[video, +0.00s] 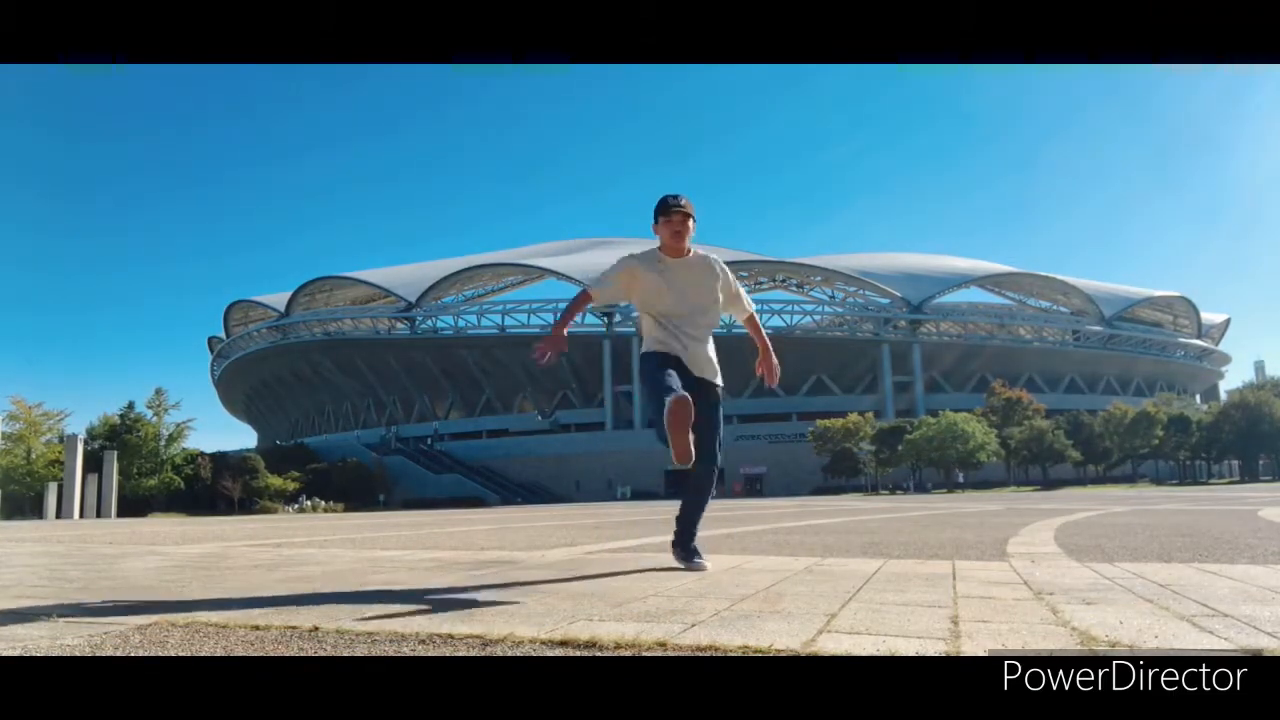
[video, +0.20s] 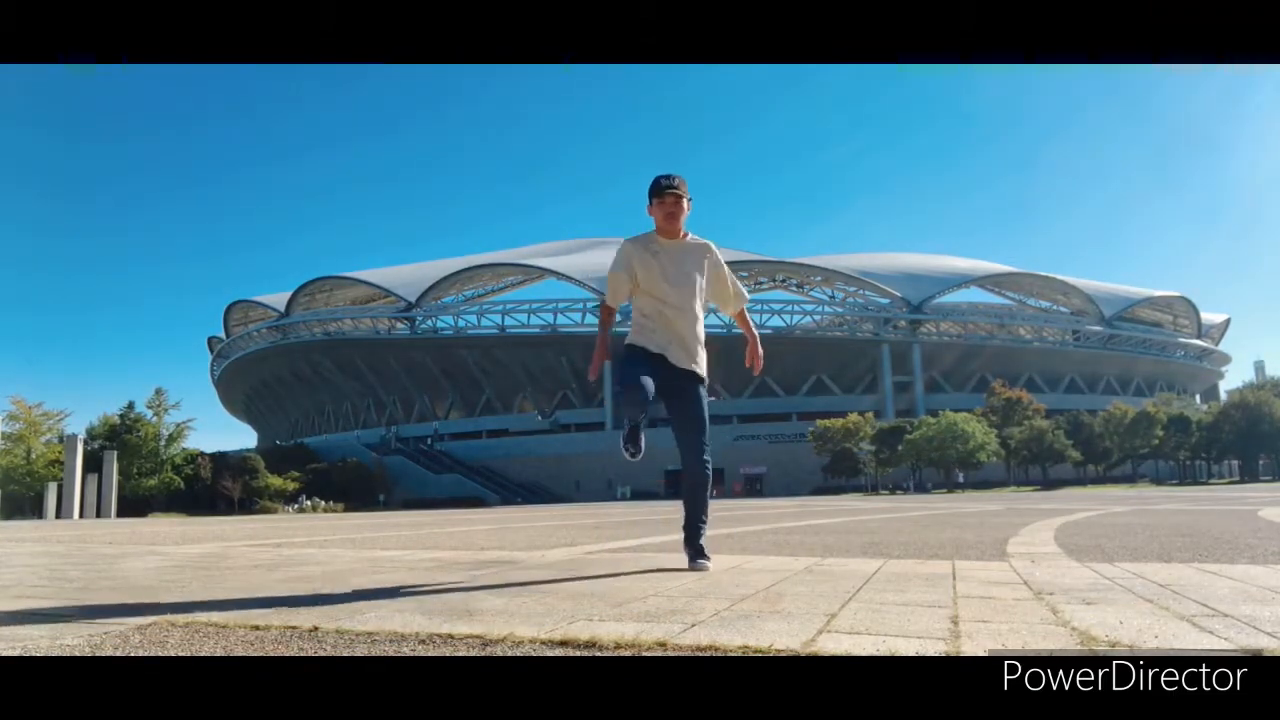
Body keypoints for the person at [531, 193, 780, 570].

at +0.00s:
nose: (678, 226)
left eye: (684, 220)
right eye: (670, 220)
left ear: (694, 225)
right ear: (657, 227)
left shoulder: (714, 270)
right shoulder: (638, 267)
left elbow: (744, 310)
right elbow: (589, 295)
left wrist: (766, 350)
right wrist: (559, 329)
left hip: (703, 363)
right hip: (659, 354)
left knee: (708, 458)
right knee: (667, 388)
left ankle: (685, 541)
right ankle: (679, 440)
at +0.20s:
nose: (672, 207)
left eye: (678, 201)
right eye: (665, 201)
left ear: (688, 207)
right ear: (652, 208)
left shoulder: (705, 252)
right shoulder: (634, 249)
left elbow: (731, 298)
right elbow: (611, 301)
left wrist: (753, 338)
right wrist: (601, 347)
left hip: (686, 357)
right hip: (643, 348)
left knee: (696, 454)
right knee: (635, 389)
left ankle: (695, 543)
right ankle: (632, 429)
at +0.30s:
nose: (665, 205)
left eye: (671, 198)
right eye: (657, 198)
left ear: (681, 204)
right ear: (643, 204)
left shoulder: (699, 251)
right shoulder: (623, 249)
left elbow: (723, 302)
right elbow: (611, 303)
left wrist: (748, 340)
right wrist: (615, 352)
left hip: (682, 359)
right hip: (636, 353)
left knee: (691, 450)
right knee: (626, 428)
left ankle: (692, 532)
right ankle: (612, 467)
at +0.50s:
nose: (641, 232)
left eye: (649, 225)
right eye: (634, 226)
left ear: (662, 230)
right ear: (623, 231)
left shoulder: (682, 271)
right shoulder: (605, 272)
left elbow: (704, 329)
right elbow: (612, 325)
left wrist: (725, 371)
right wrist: (625, 362)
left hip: (680, 391)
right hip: (627, 386)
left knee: (720, 455)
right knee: (567, 443)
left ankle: (681, 540)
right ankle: (593, 531)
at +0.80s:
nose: (616, 233)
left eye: (624, 227)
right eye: (609, 227)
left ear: (639, 230)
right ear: (599, 233)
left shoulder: (661, 277)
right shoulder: (579, 274)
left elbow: (679, 333)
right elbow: (566, 322)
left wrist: (696, 378)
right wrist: (560, 368)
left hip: (652, 401)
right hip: (595, 396)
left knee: (697, 455)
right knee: (528, 442)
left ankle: (651, 534)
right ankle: (567, 526)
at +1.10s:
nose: (593, 202)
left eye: (600, 196)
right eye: (585, 196)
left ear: (611, 204)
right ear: (572, 204)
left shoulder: (633, 251)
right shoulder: (553, 250)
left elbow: (656, 309)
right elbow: (530, 302)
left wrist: (676, 353)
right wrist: (513, 349)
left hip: (625, 371)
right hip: (573, 370)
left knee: (643, 457)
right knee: (548, 455)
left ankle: (667, 543)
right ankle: (550, 540)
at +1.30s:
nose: (574, 207)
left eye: (581, 201)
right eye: (566, 201)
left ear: (595, 209)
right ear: (555, 210)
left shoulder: (619, 254)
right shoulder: (535, 250)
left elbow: (661, 292)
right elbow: (493, 283)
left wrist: (684, 329)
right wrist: (462, 318)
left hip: (601, 370)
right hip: (546, 369)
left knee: (652, 419)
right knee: (533, 460)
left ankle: (652, 509)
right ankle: (550, 554)